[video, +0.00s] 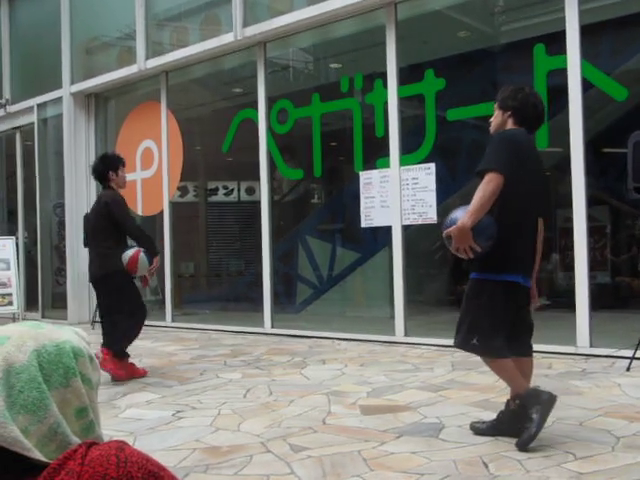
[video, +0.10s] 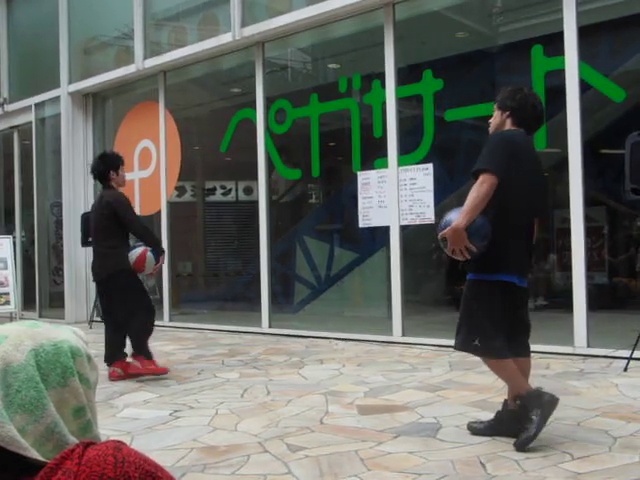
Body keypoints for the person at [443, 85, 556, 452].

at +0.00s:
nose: (490, 119)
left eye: (494, 112)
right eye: (493, 112)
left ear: (508, 116)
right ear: (523, 121)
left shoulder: (505, 141)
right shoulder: (534, 158)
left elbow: (494, 181)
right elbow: (537, 227)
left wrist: (463, 225)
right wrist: (531, 277)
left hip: (497, 263)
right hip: (521, 266)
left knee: (478, 335)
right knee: (517, 339)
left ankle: (529, 398)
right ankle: (512, 413)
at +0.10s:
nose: (489, 120)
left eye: (494, 113)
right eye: (492, 113)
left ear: (507, 116)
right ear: (522, 121)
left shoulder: (502, 141)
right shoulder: (532, 156)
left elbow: (487, 182)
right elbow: (533, 219)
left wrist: (458, 225)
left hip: (492, 264)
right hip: (516, 265)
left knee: (478, 337)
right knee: (515, 338)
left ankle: (530, 399)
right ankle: (511, 412)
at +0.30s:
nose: (489, 118)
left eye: (492, 112)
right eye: (491, 111)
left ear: (502, 115)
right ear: (526, 121)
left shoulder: (502, 141)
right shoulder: (528, 154)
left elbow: (487, 183)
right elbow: (520, 209)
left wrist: (452, 223)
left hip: (492, 262)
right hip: (515, 263)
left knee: (470, 334)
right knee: (513, 336)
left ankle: (528, 394)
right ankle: (509, 412)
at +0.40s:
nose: (489, 116)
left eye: (491, 110)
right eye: (491, 110)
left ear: (499, 114)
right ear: (527, 117)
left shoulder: (503, 141)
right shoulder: (527, 151)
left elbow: (491, 186)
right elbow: (515, 209)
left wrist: (458, 226)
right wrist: (463, 235)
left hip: (494, 263)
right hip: (515, 263)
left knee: (471, 335)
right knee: (513, 338)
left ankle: (526, 400)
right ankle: (507, 413)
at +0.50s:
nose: (488, 114)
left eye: (489, 109)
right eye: (491, 109)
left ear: (495, 112)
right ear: (527, 114)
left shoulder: (503, 142)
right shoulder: (526, 149)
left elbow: (496, 190)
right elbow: (514, 214)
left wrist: (469, 232)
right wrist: (476, 256)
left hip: (495, 265)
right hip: (516, 264)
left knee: (478, 340)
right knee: (513, 340)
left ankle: (532, 408)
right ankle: (506, 413)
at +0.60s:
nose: (487, 111)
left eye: (489, 106)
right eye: (490, 105)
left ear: (493, 109)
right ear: (526, 112)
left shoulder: (502, 143)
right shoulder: (525, 148)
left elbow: (503, 191)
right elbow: (520, 205)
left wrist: (488, 237)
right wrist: (489, 240)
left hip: (499, 265)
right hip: (517, 263)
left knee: (495, 344)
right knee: (511, 341)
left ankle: (543, 421)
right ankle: (507, 413)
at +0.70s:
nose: (486, 106)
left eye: (488, 101)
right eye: (489, 101)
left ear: (493, 106)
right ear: (526, 108)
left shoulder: (504, 142)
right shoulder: (524, 144)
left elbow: (508, 191)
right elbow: (523, 202)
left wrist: (501, 240)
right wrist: (508, 244)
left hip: (505, 263)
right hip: (520, 261)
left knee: (512, 345)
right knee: (512, 341)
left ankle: (552, 432)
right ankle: (505, 414)